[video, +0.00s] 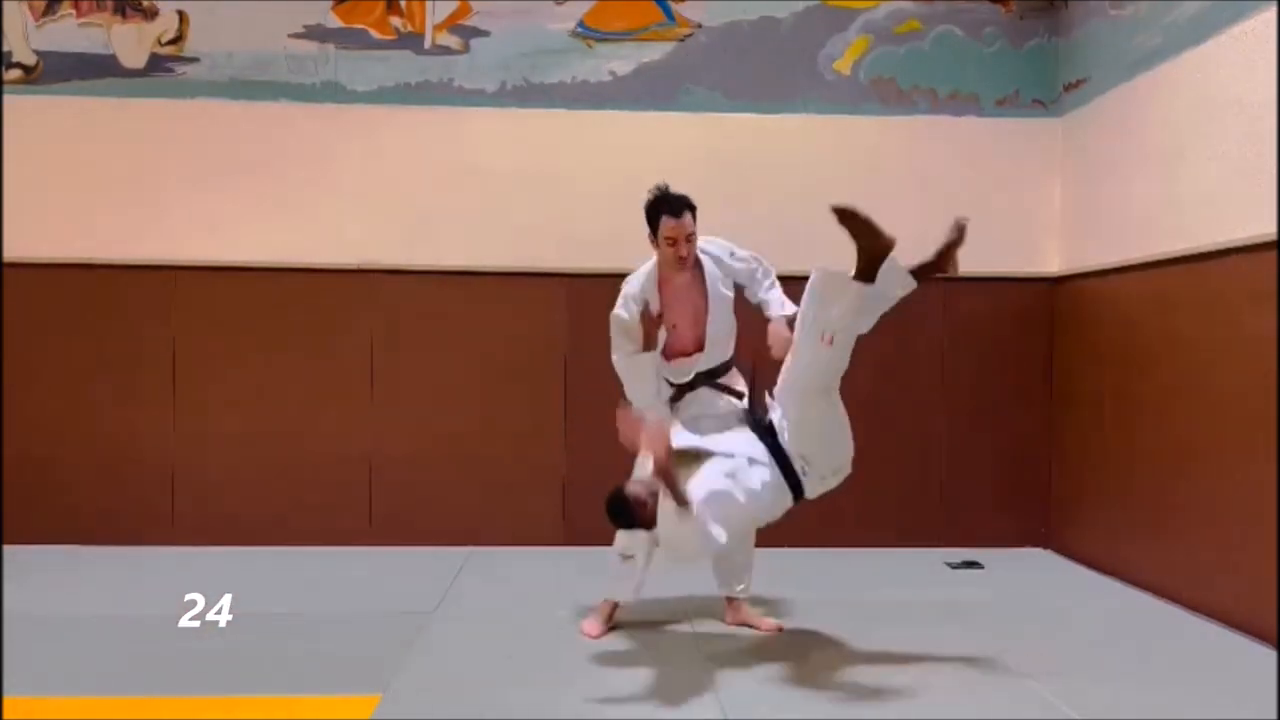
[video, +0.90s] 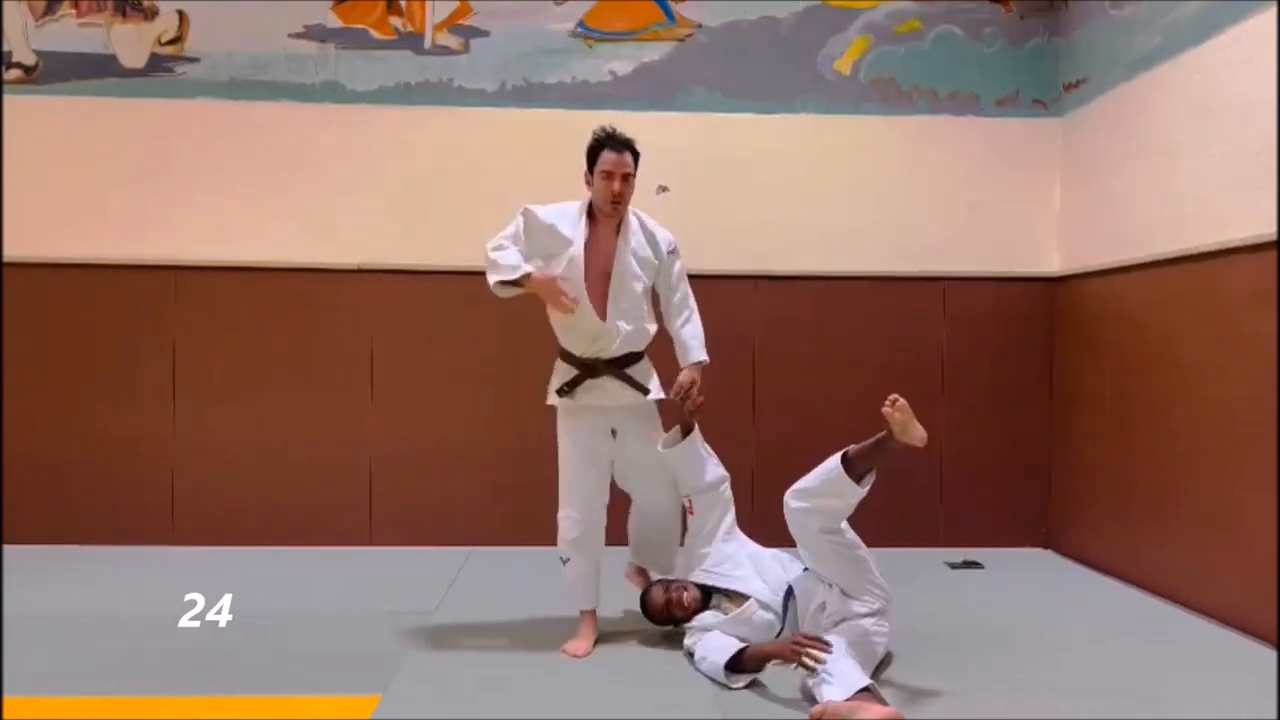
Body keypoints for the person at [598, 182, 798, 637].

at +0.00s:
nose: (683, 249)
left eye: (689, 238)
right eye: (672, 242)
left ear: (697, 231)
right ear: (653, 240)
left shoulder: (717, 256)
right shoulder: (636, 294)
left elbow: (760, 275)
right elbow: (631, 364)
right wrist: (655, 426)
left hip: (719, 387)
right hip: (662, 397)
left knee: (736, 493)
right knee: (645, 495)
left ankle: (736, 604)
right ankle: (611, 604)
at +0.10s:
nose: (661, 325)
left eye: (667, 314)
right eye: (650, 319)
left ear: (677, 293)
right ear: (634, 309)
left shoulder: (700, 282)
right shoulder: (623, 337)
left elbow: (719, 272)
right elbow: (640, 413)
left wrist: (748, 293)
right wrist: (674, 481)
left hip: (707, 399)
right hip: (653, 415)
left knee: (725, 487)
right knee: (635, 501)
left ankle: (744, 591)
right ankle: (607, 603)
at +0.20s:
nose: (667, 366)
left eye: (671, 353)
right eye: (656, 359)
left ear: (685, 331)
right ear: (643, 349)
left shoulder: (709, 306)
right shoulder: (632, 359)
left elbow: (742, 289)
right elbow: (657, 437)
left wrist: (778, 300)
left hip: (715, 407)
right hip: (656, 420)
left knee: (719, 500)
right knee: (632, 500)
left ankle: (697, 596)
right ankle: (605, 597)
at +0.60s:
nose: (660, 302)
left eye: (669, 292)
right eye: (650, 294)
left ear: (683, 270)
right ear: (636, 279)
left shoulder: (718, 276)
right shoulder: (621, 313)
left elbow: (758, 316)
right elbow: (632, 387)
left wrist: (784, 368)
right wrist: (664, 443)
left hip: (710, 399)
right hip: (648, 409)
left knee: (719, 502)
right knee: (631, 502)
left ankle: (704, 599)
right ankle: (609, 606)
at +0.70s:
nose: (646, 251)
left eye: (656, 239)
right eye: (636, 240)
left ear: (671, 231)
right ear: (623, 234)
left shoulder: (703, 265)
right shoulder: (602, 284)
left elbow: (738, 316)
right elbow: (588, 352)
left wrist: (762, 374)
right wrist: (620, 401)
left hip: (694, 403)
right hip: (631, 406)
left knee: (714, 503)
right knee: (612, 510)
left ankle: (702, 608)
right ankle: (589, 617)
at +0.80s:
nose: (629, 211)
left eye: (638, 200)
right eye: (619, 200)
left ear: (652, 200)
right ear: (604, 202)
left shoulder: (674, 255)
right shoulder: (572, 258)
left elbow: (702, 317)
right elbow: (533, 312)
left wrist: (722, 376)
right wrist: (560, 363)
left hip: (661, 400)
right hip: (600, 402)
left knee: (707, 493)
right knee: (594, 517)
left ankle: (698, 601)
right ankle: (588, 620)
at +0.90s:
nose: (618, 187)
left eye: (626, 177)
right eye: (609, 176)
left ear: (636, 181)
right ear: (588, 177)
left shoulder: (655, 241)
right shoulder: (550, 223)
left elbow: (680, 308)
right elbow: (498, 254)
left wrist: (694, 362)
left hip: (637, 385)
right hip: (578, 387)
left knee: (660, 496)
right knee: (580, 511)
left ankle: (643, 571)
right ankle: (586, 618)